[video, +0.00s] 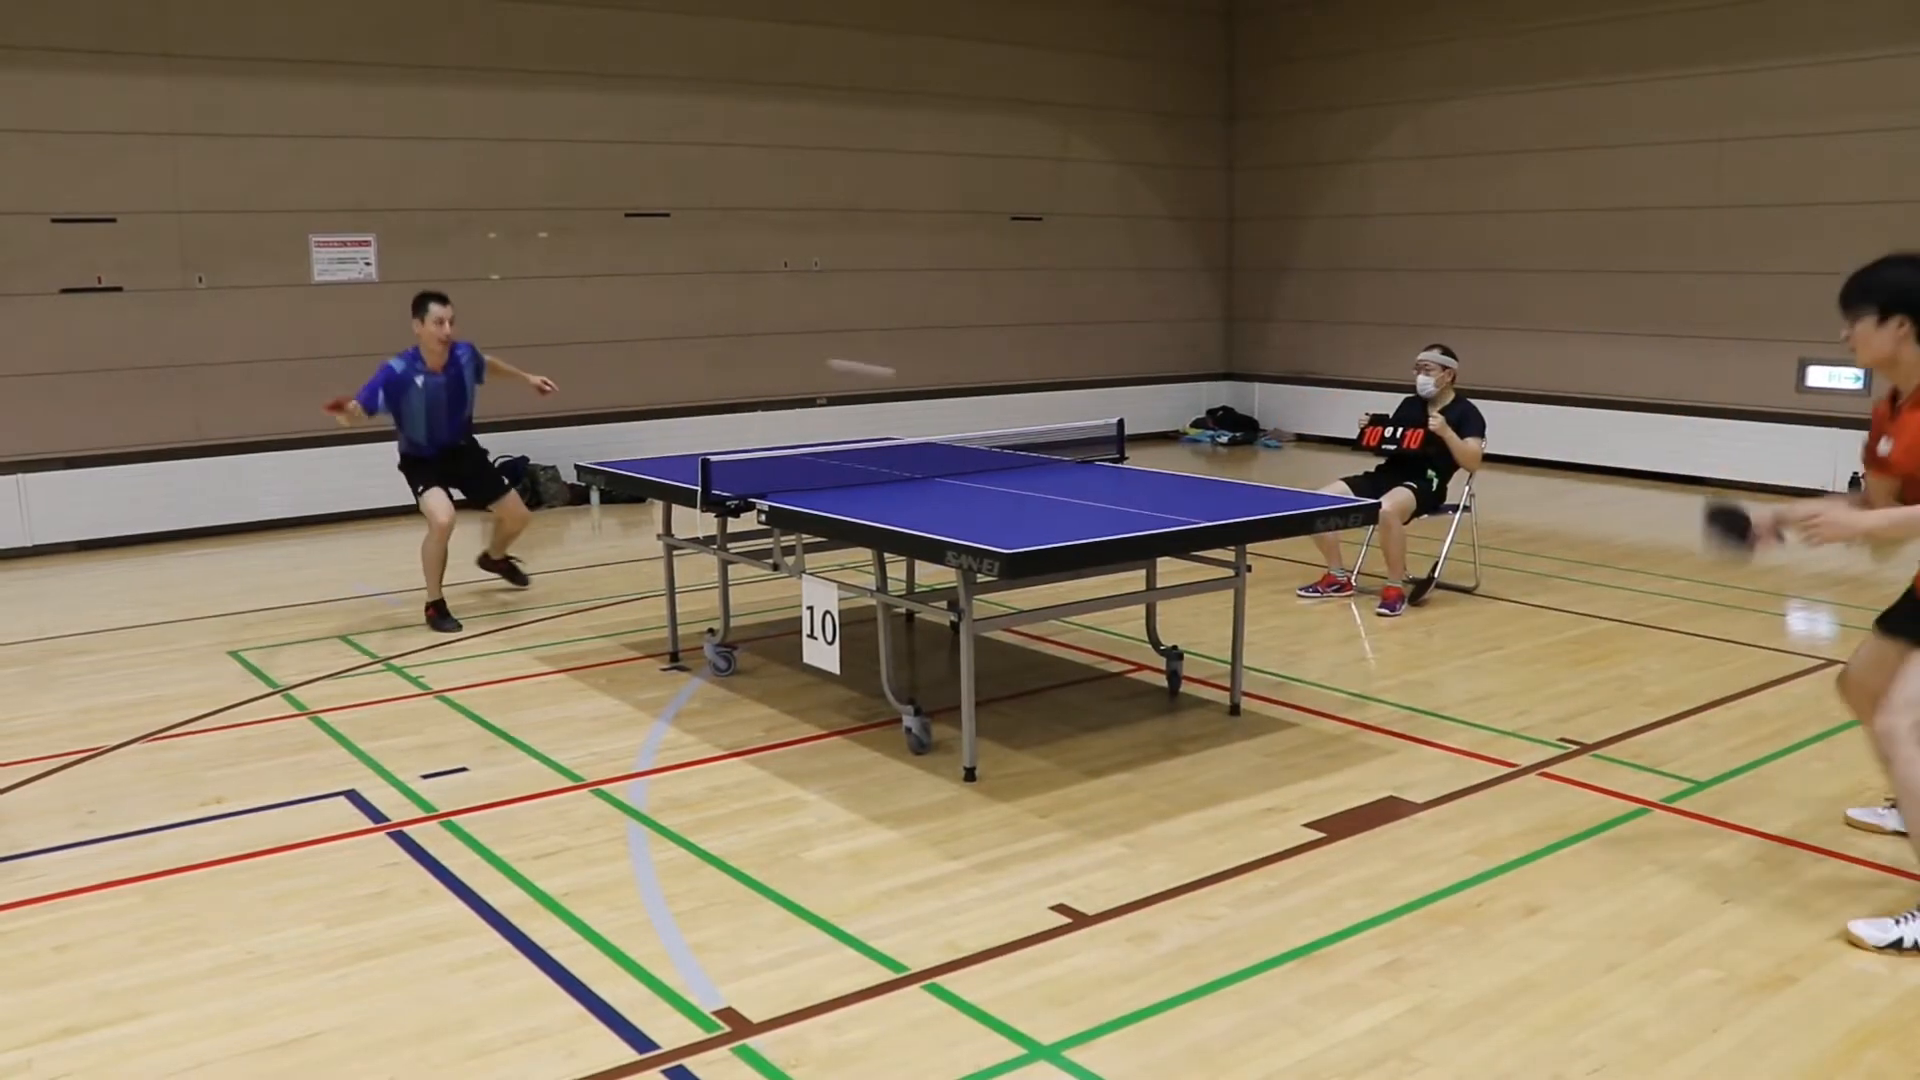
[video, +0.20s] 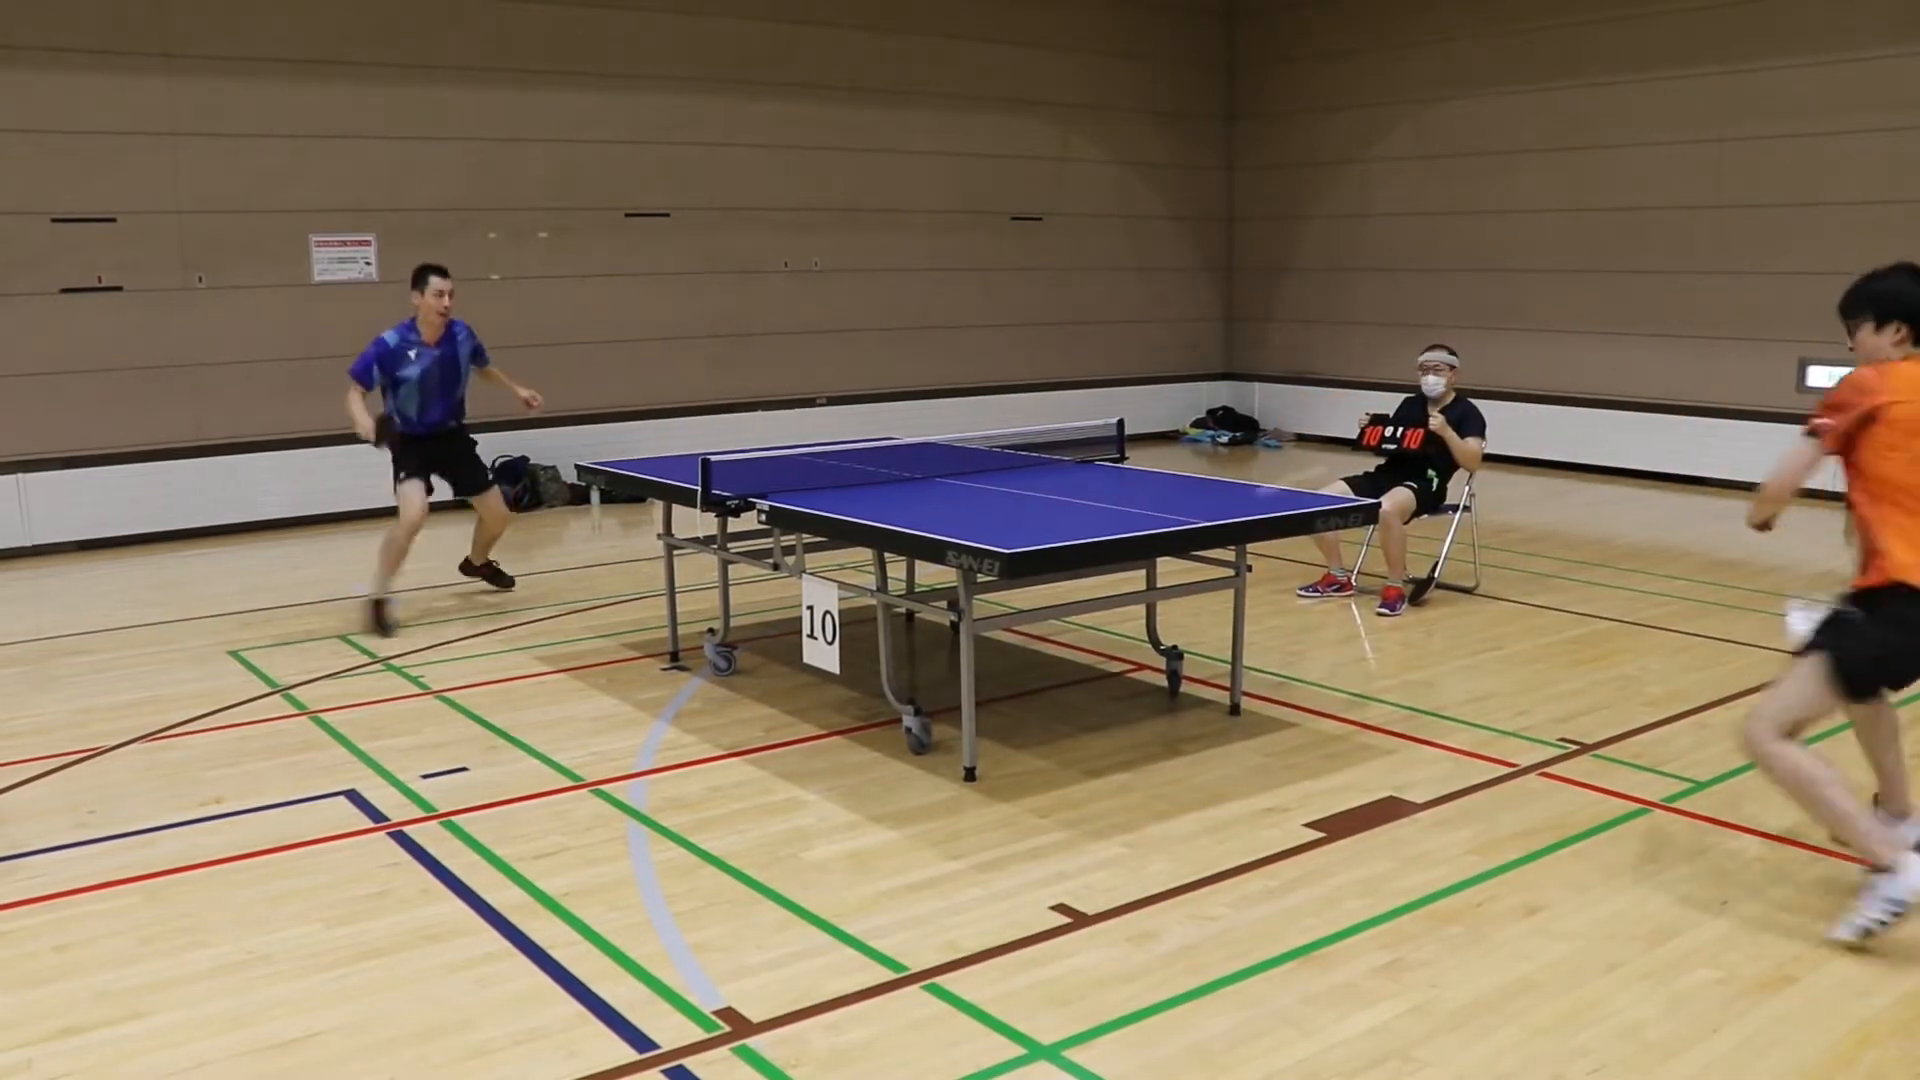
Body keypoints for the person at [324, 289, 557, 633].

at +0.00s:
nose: (447, 329)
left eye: (450, 322)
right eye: (439, 322)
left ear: (454, 324)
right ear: (418, 326)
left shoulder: (464, 355)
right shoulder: (398, 370)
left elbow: (488, 366)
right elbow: (360, 412)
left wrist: (528, 378)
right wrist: (347, 411)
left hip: (463, 451)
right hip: (421, 460)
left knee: (517, 516)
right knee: (442, 519)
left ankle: (494, 557)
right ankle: (435, 604)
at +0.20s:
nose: (446, 302)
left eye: (450, 295)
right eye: (438, 295)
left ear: (452, 298)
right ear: (417, 297)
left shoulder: (462, 336)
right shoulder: (392, 344)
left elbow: (485, 369)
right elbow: (355, 391)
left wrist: (518, 390)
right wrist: (363, 420)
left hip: (453, 440)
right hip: (410, 444)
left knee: (497, 515)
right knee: (413, 516)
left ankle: (476, 563)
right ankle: (379, 597)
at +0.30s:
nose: (449, 311)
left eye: (452, 304)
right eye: (441, 304)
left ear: (455, 307)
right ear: (419, 307)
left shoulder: (461, 349)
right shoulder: (395, 356)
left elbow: (484, 385)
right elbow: (366, 410)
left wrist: (522, 403)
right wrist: (393, 434)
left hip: (450, 452)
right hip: (408, 453)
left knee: (495, 528)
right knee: (408, 530)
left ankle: (472, 577)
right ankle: (360, 611)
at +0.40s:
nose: (457, 305)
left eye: (460, 298)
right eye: (449, 299)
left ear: (462, 302)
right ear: (428, 303)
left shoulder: (469, 341)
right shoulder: (408, 351)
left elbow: (488, 367)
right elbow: (382, 403)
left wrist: (529, 385)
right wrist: (421, 422)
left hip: (464, 449)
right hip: (423, 453)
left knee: (504, 519)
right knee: (415, 529)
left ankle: (474, 576)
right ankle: (362, 610)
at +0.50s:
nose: (468, 287)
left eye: (471, 281)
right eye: (460, 281)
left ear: (474, 284)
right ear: (439, 287)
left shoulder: (483, 321)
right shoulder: (424, 334)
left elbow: (499, 346)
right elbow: (401, 385)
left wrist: (528, 370)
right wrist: (442, 405)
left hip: (487, 430)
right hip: (447, 435)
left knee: (529, 492)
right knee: (431, 510)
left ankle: (492, 551)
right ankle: (387, 595)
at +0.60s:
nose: (487, 289)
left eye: (490, 282)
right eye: (479, 283)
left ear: (494, 286)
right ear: (458, 287)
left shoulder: (502, 322)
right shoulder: (442, 332)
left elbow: (512, 352)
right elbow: (415, 382)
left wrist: (536, 381)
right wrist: (455, 399)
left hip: (499, 422)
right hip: (458, 428)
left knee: (548, 488)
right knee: (462, 498)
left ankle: (533, 539)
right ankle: (436, 581)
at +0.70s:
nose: (508, 312)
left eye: (511, 304)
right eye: (500, 304)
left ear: (515, 307)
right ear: (480, 308)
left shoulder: (519, 343)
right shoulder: (462, 351)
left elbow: (533, 374)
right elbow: (450, 403)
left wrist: (555, 402)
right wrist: (505, 415)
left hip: (514, 437)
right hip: (475, 443)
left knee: (567, 494)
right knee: (485, 506)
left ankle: (575, 547)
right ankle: (462, 588)